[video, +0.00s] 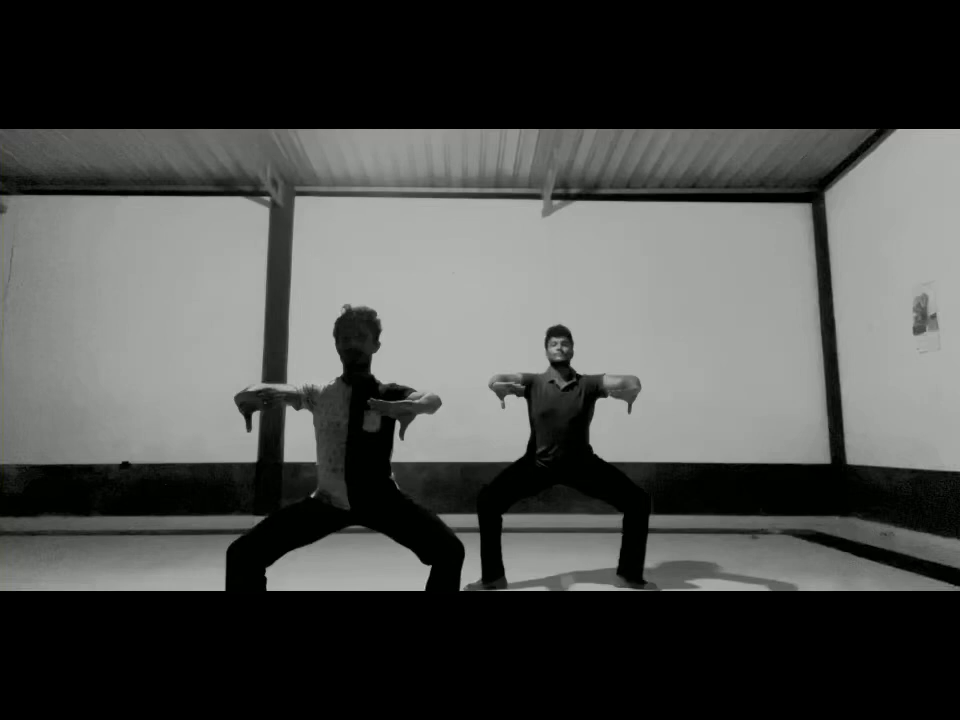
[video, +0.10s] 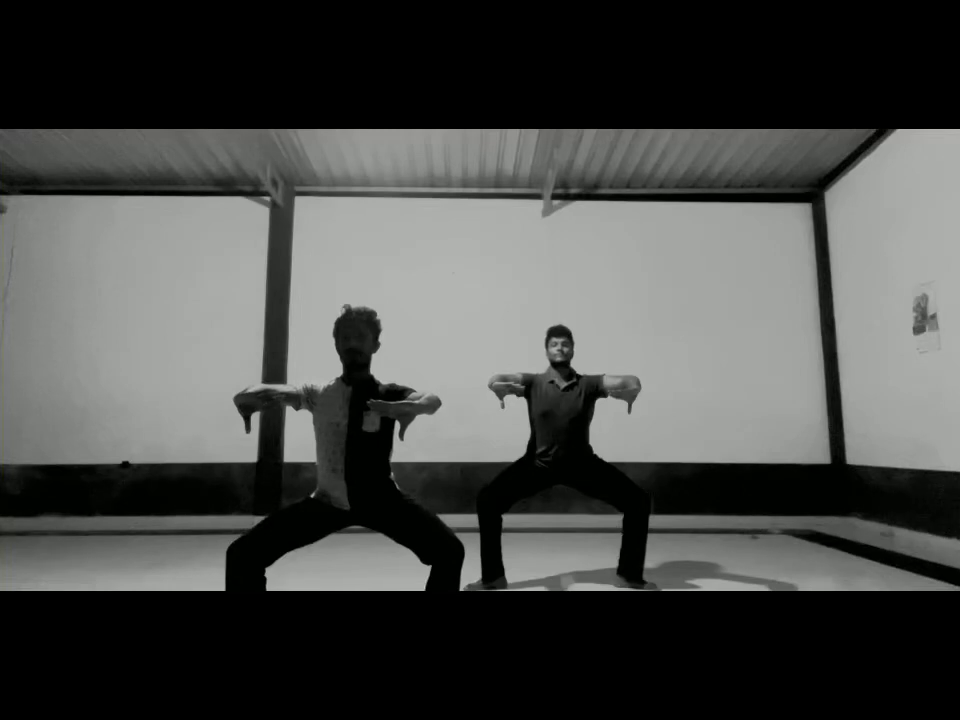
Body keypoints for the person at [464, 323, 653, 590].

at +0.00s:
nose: (560, 348)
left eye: (565, 344)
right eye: (554, 344)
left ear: (572, 350)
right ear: (546, 351)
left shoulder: (588, 383)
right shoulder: (533, 382)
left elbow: (629, 382)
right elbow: (495, 381)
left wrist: (630, 390)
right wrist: (503, 387)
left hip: (581, 464)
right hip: (538, 465)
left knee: (638, 501)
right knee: (489, 500)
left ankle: (630, 574)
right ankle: (493, 577)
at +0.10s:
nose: (560, 348)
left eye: (565, 345)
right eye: (554, 345)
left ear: (572, 350)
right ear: (546, 350)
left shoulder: (588, 383)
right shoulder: (533, 382)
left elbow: (629, 381)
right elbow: (494, 381)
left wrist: (630, 390)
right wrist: (503, 387)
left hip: (581, 464)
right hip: (538, 465)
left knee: (638, 501)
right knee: (489, 500)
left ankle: (630, 574)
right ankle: (493, 577)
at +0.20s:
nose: (560, 349)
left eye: (566, 345)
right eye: (555, 345)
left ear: (573, 350)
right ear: (547, 350)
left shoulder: (588, 383)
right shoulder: (533, 382)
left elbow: (629, 381)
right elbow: (494, 381)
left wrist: (631, 390)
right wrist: (502, 387)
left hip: (581, 463)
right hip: (538, 464)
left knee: (637, 502)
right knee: (489, 500)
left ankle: (630, 574)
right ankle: (493, 577)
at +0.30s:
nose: (561, 349)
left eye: (566, 345)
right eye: (555, 345)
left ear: (573, 350)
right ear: (547, 349)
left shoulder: (588, 383)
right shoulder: (533, 381)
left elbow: (628, 381)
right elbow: (494, 381)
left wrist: (632, 389)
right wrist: (502, 387)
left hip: (581, 463)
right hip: (538, 464)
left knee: (637, 501)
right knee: (489, 500)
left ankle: (630, 574)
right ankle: (493, 578)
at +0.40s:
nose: (561, 349)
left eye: (566, 344)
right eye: (555, 344)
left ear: (573, 349)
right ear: (547, 349)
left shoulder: (588, 382)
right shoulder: (533, 380)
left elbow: (628, 381)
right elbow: (494, 380)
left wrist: (631, 389)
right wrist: (502, 386)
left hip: (580, 463)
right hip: (538, 464)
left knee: (636, 501)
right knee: (489, 500)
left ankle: (630, 575)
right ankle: (493, 578)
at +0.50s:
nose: (560, 348)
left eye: (566, 344)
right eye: (555, 344)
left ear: (572, 349)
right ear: (547, 348)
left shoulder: (587, 382)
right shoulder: (533, 380)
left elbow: (627, 381)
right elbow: (494, 380)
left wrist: (631, 389)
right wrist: (502, 387)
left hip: (580, 462)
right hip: (537, 463)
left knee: (636, 501)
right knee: (489, 500)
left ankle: (630, 575)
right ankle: (493, 578)